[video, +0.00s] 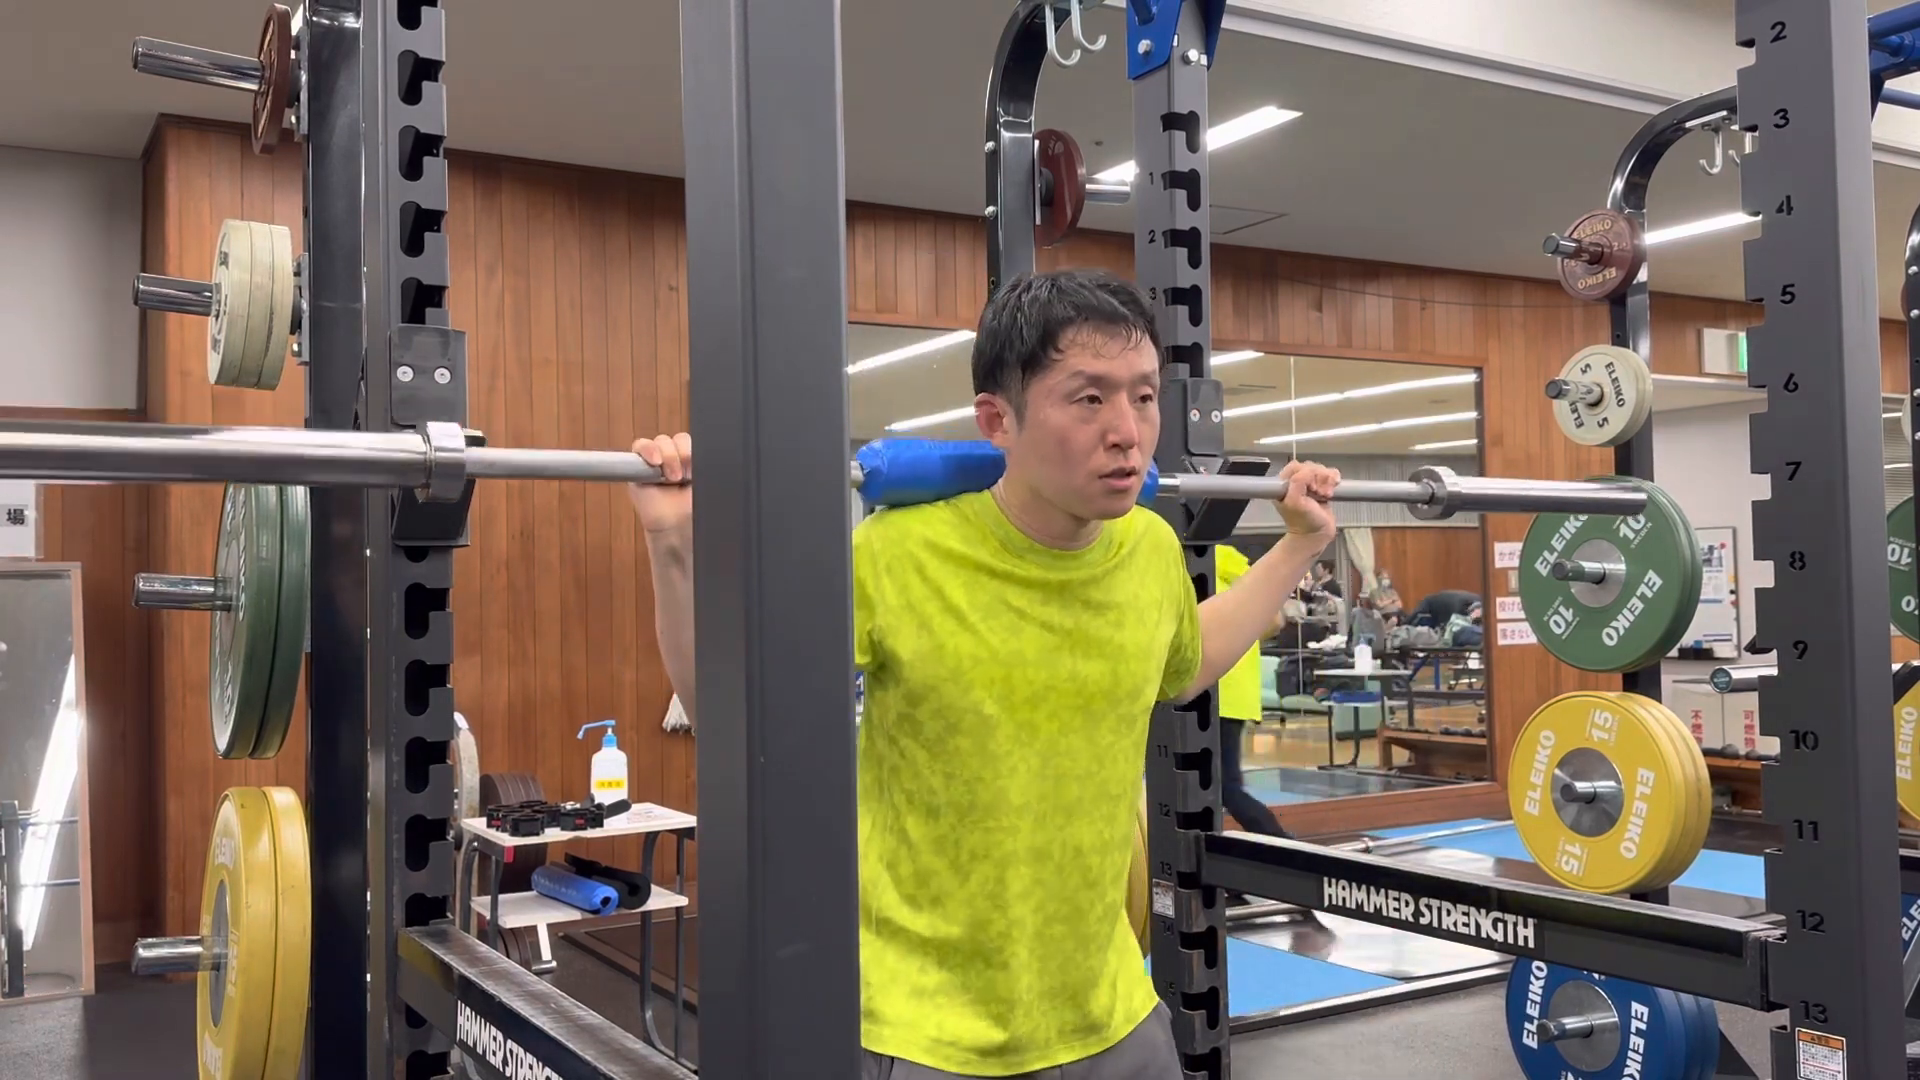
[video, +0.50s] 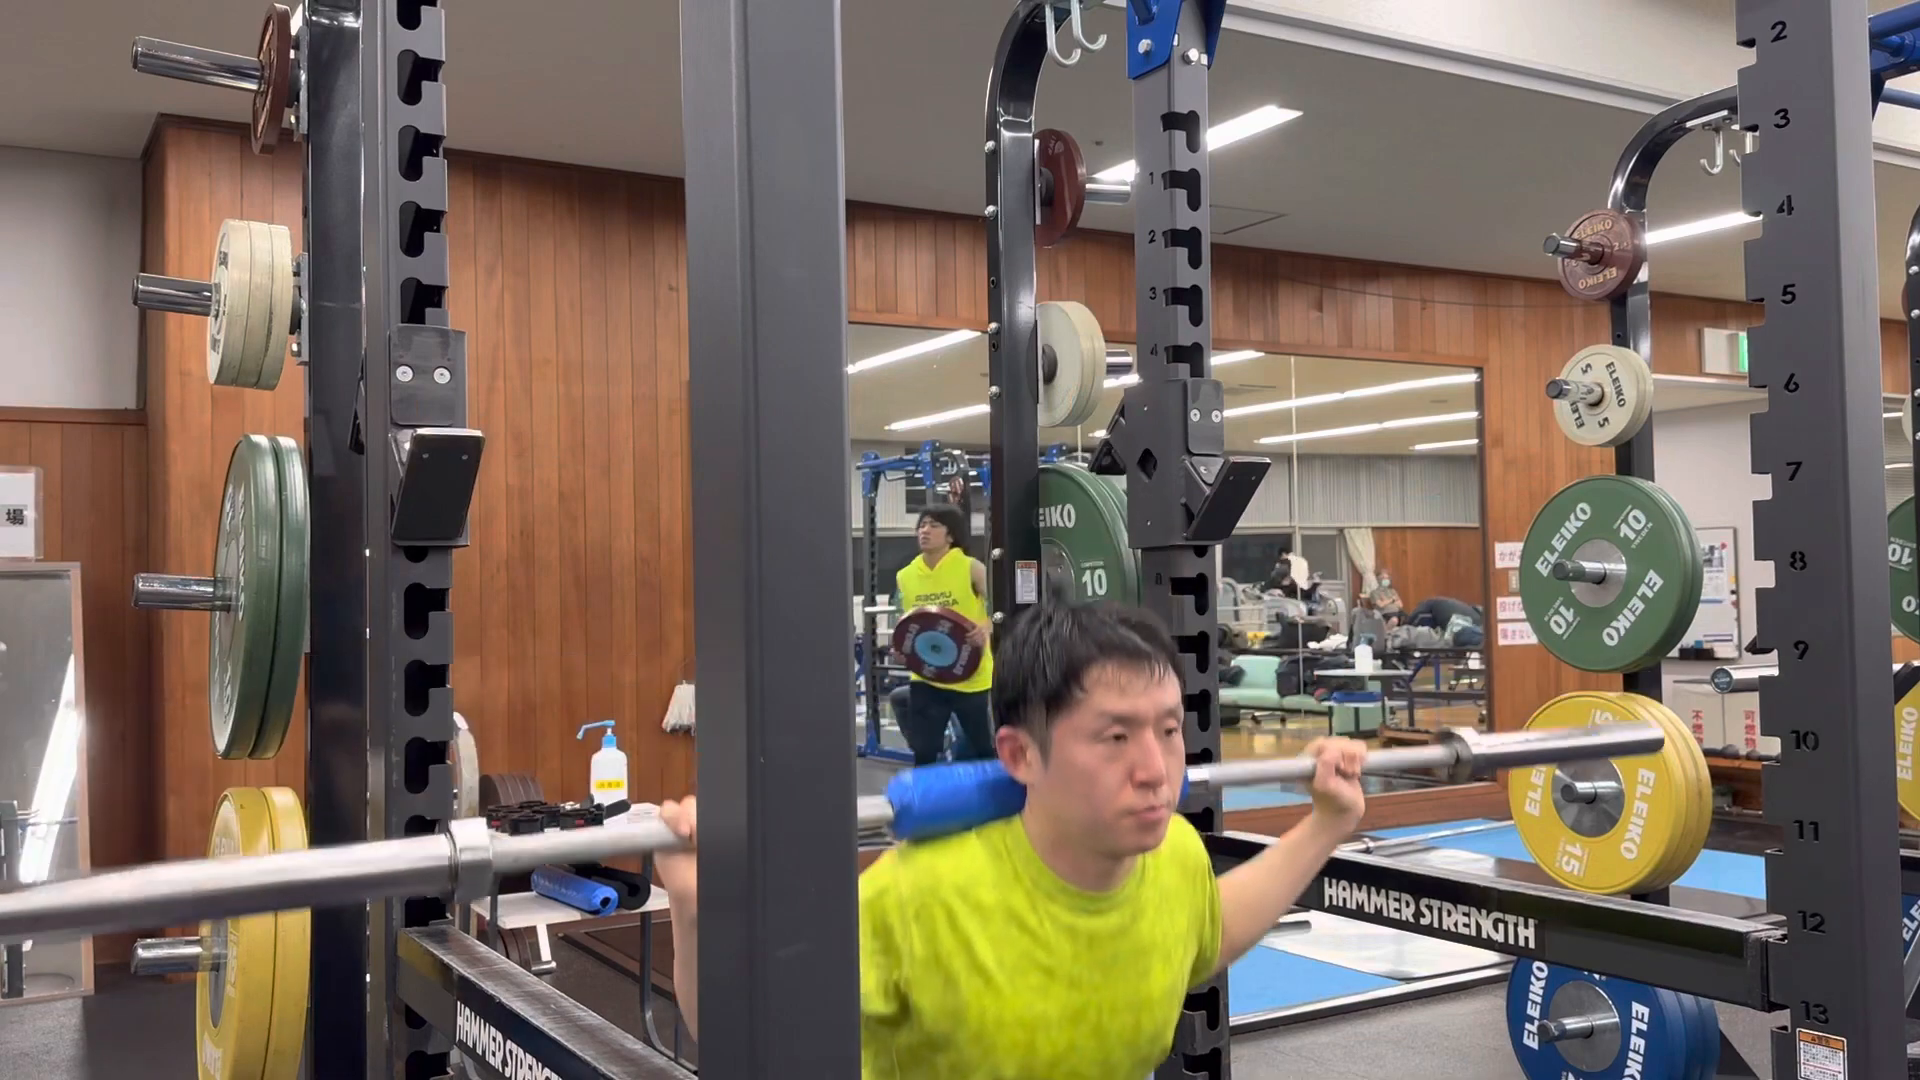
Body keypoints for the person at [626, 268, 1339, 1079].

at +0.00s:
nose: (1129, 431)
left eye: (1143, 397)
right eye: (1088, 397)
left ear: (1161, 409)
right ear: (997, 420)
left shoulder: (1150, 551)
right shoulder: (892, 561)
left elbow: (1184, 662)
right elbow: (715, 700)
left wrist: (1299, 548)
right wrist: (675, 550)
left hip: (1111, 1016)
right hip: (924, 1033)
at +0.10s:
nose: (1133, 485)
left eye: (1147, 453)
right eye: (1092, 454)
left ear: (1164, 461)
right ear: (999, 476)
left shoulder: (1151, 599)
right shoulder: (894, 608)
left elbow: (1183, 711)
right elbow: (719, 761)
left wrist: (1298, 598)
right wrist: (677, 612)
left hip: (1091, 1025)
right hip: (914, 1037)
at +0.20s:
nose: (1141, 559)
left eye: (1155, 527)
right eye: (1099, 528)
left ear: (1170, 535)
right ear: (1007, 546)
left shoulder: (1161, 667)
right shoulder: (905, 683)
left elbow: (1193, 768)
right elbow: (729, 834)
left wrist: (1308, 652)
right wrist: (681, 686)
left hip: (1079, 1050)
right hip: (911, 1052)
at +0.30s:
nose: (1149, 647)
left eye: (1163, 614)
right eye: (1107, 618)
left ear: (1179, 619)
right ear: (1014, 637)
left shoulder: (1169, 748)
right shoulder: (911, 777)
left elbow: (1196, 848)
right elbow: (735, 917)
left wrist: (1316, 730)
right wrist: (691, 788)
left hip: (1074, 1060)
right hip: (905, 1060)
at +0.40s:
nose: (1152, 704)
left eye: (1165, 670)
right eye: (1109, 674)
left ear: (1181, 674)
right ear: (1017, 692)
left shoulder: (1173, 797)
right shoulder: (906, 839)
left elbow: (1200, 891)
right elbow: (737, 977)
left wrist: (1319, 775)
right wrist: (692, 838)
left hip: (1092, 1063)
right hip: (917, 1064)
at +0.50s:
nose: (1157, 766)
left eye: (1169, 729)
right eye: (1114, 737)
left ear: (1186, 732)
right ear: (1019, 754)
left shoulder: (1179, 856)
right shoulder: (915, 895)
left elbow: (1203, 945)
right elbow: (735, 1033)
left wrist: (1324, 830)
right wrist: (694, 908)